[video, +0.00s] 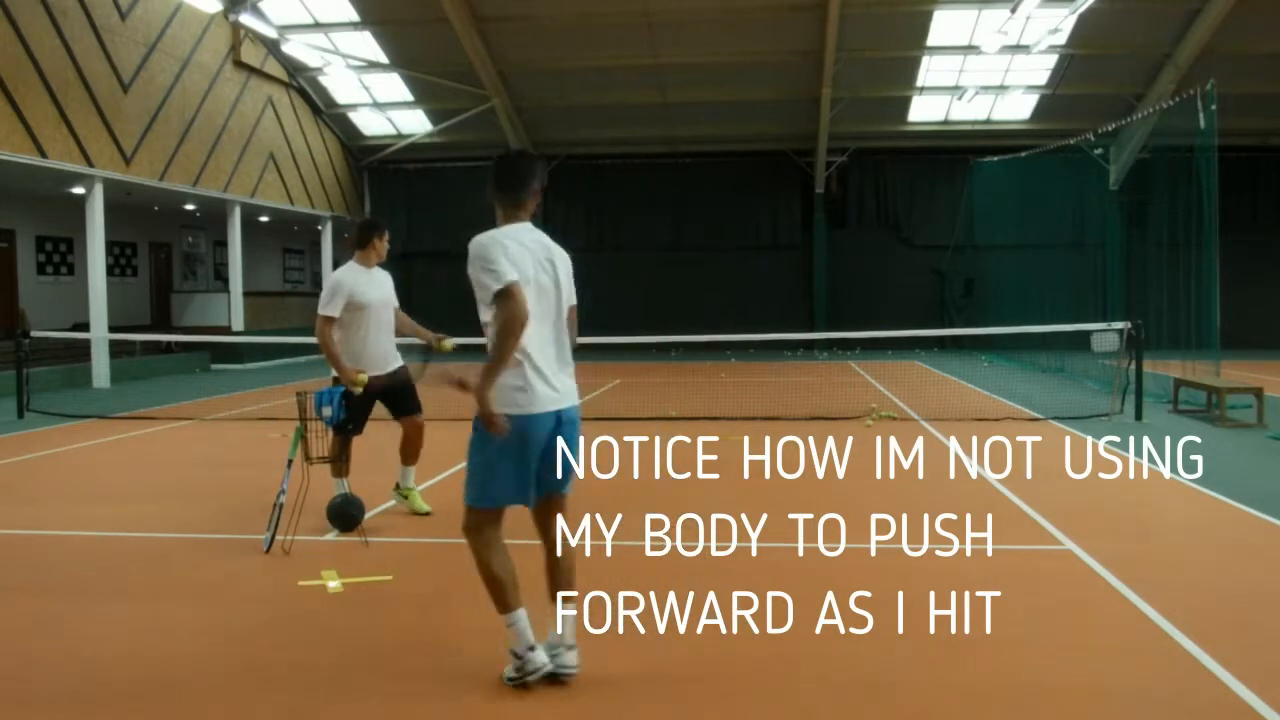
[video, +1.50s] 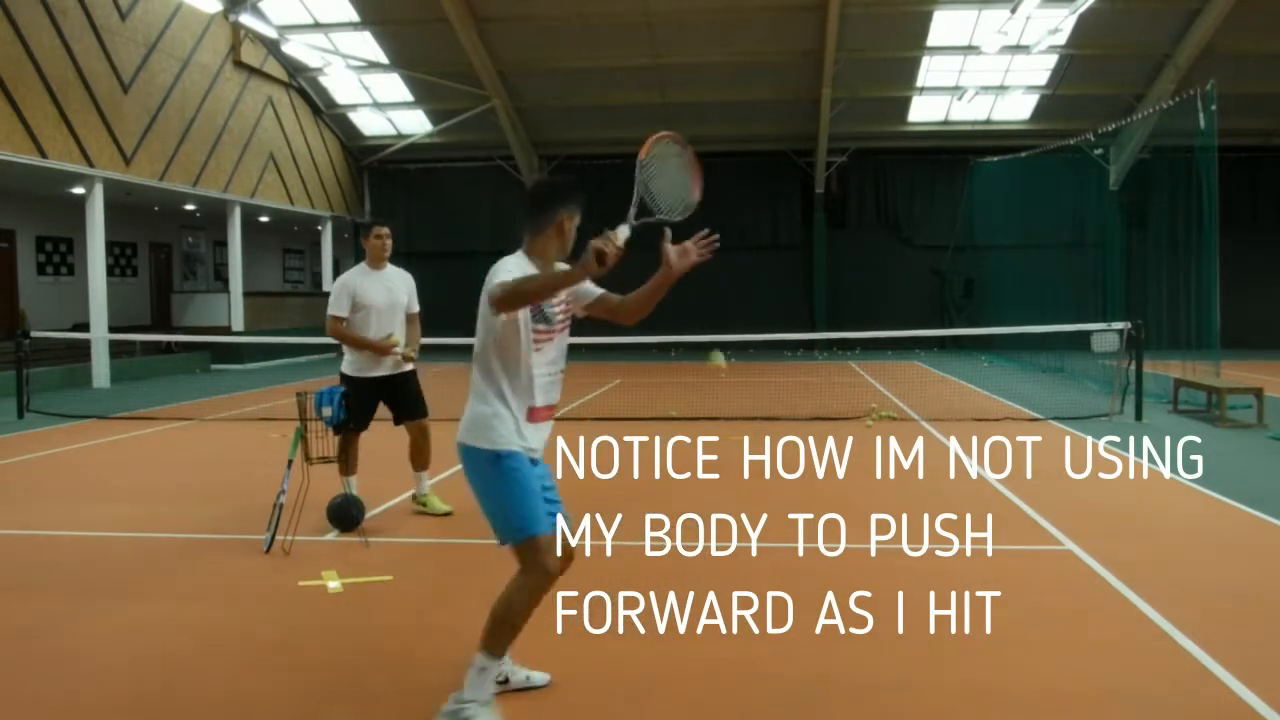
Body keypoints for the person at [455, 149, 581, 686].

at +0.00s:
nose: (538, 197)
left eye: (517, 190)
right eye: (539, 190)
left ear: (493, 193)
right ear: (537, 195)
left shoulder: (489, 244)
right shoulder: (558, 252)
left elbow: (515, 311)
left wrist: (486, 385)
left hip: (514, 409)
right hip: (563, 406)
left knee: (481, 526)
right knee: (552, 516)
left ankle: (526, 648)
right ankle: (565, 642)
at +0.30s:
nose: (482, 216)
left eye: (472, 208)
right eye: (483, 209)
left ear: (436, 213)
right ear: (480, 213)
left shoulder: (404, 264)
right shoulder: (505, 276)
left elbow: (387, 344)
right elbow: (525, 361)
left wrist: (371, 381)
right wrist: (524, 417)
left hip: (419, 434)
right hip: (488, 432)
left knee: (383, 559)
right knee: (513, 542)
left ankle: (351, 687)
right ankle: (545, 656)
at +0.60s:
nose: (444, 196)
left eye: (438, 188)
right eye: (444, 189)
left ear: (391, 194)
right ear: (438, 193)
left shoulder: (361, 255)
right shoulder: (449, 258)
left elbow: (347, 342)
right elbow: (462, 350)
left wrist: (403, 353)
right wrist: (486, 390)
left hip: (365, 432)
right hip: (428, 431)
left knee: (368, 567)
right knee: (479, 559)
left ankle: (350, 694)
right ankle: (523, 685)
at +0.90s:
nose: (469, 211)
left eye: (465, 204)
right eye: (469, 204)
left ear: (420, 207)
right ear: (464, 207)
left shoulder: (397, 269)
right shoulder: (455, 274)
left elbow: (408, 359)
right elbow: (458, 378)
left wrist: (477, 358)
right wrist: (486, 410)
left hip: (383, 449)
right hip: (429, 454)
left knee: (404, 569)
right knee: (459, 593)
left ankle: (356, 697)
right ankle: (416, 715)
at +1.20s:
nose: (516, 215)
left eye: (512, 205)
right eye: (516, 206)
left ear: (467, 208)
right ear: (507, 209)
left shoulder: (459, 267)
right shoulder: (478, 273)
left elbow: (509, 347)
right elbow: (522, 365)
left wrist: (580, 326)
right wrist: (583, 379)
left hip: (459, 443)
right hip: (446, 447)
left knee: (507, 542)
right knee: (460, 591)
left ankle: (470, 662)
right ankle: (415, 712)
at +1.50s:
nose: (576, 232)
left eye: (576, 226)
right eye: (575, 224)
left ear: (543, 223)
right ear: (563, 222)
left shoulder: (564, 280)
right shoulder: (507, 271)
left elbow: (625, 311)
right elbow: (504, 299)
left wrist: (668, 272)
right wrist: (580, 272)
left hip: (526, 441)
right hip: (493, 439)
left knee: (560, 552)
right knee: (539, 564)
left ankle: (494, 663)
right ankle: (471, 695)